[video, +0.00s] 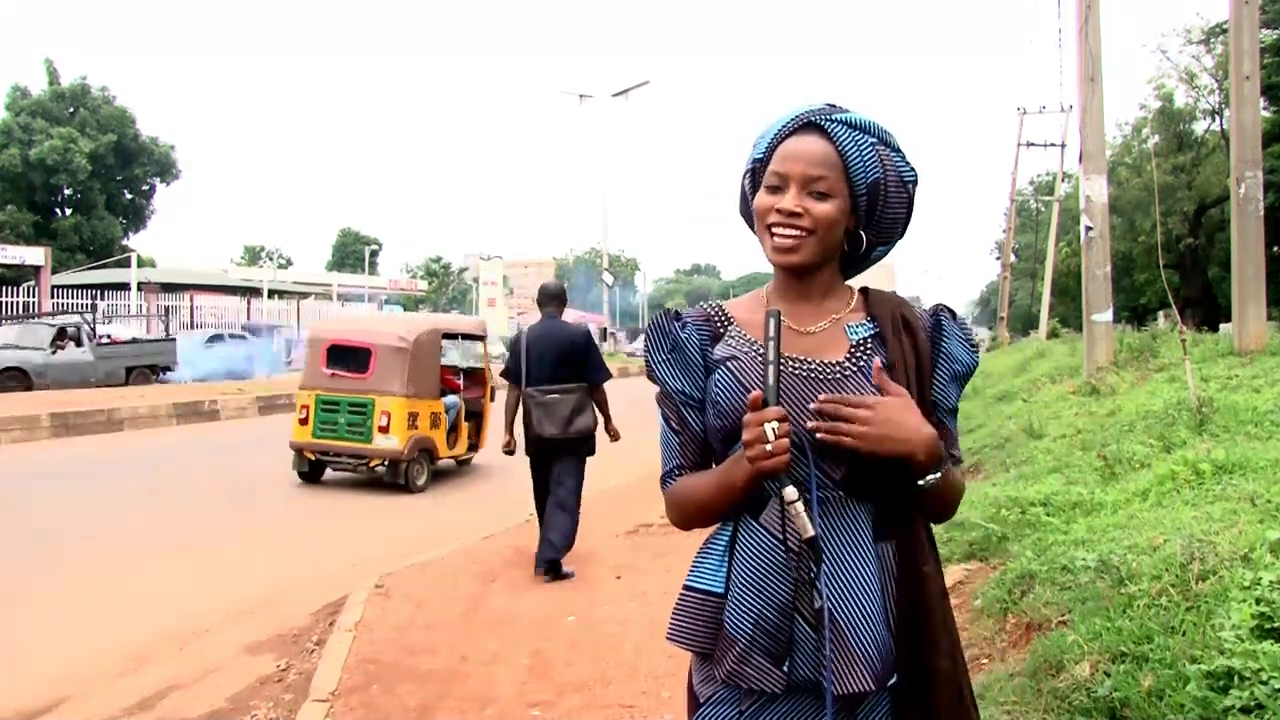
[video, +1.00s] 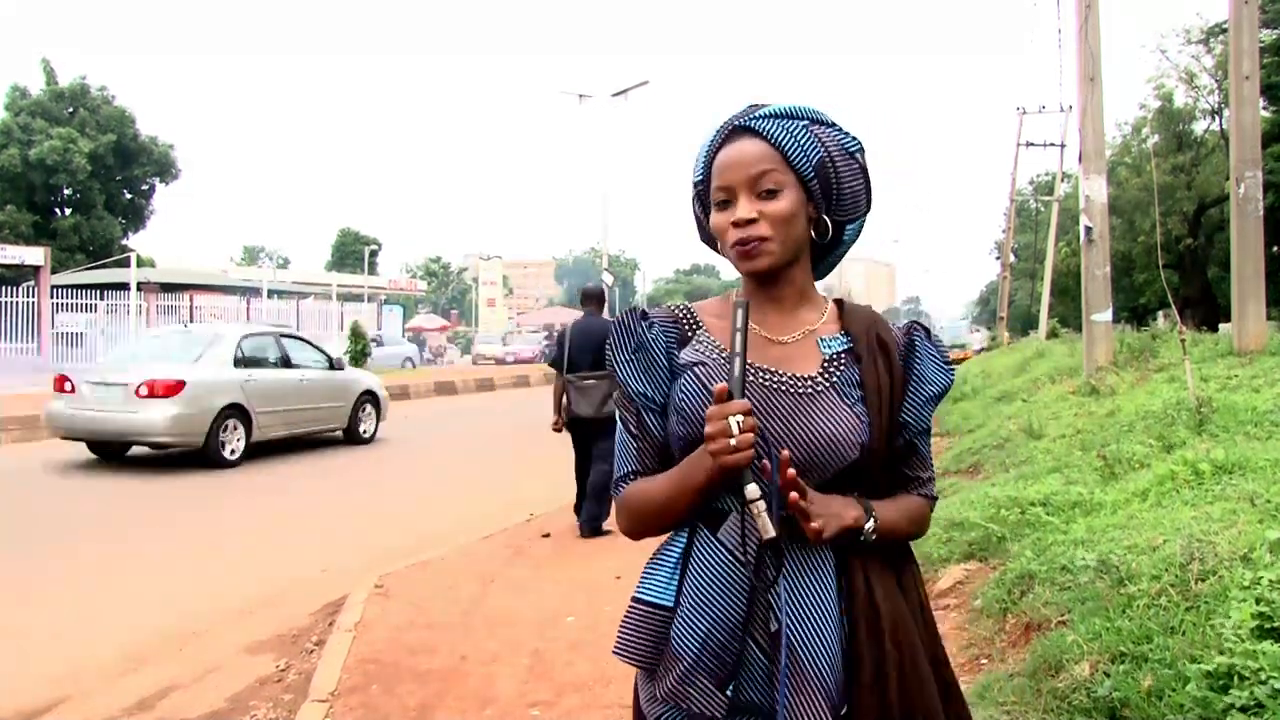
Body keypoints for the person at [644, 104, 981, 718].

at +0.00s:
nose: (788, 206)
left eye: (818, 192)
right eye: (775, 185)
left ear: (856, 214)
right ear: (752, 198)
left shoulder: (910, 331)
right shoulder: (700, 337)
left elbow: (943, 506)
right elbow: (681, 506)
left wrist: (925, 445)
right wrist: (743, 465)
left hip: (883, 634)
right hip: (748, 636)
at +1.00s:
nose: (742, 216)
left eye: (767, 193)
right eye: (723, 202)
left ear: (815, 206)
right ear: (709, 222)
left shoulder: (881, 346)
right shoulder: (667, 342)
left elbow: (918, 503)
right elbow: (631, 515)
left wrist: (855, 512)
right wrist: (706, 462)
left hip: (849, 628)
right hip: (710, 629)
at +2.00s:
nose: (733, 206)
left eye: (762, 191)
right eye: (720, 190)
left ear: (809, 217)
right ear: (705, 208)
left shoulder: (877, 342)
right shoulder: (666, 349)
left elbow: (926, 504)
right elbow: (645, 521)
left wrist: (813, 494)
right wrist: (685, 486)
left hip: (847, 651)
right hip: (709, 654)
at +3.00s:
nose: (802, 204)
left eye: (828, 185)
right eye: (786, 191)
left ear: (875, 204)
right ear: (771, 213)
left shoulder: (948, 337)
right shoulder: (736, 343)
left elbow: (985, 495)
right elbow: (718, 514)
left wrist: (938, 491)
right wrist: (767, 459)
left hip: (918, 641)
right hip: (783, 646)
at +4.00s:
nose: (824, 219)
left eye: (852, 202)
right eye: (810, 202)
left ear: (899, 223)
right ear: (795, 217)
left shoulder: (968, 345)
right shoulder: (758, 353)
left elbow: (1010, 504)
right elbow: (743, 523)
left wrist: (946, 466)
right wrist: (784, 482)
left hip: (940, 643)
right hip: (807, 646)